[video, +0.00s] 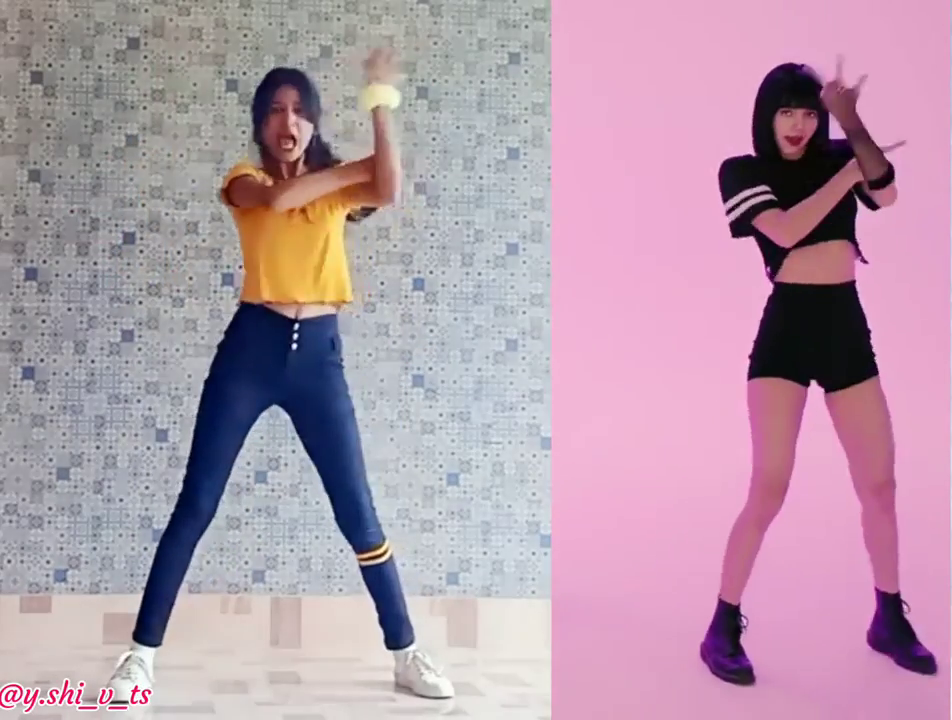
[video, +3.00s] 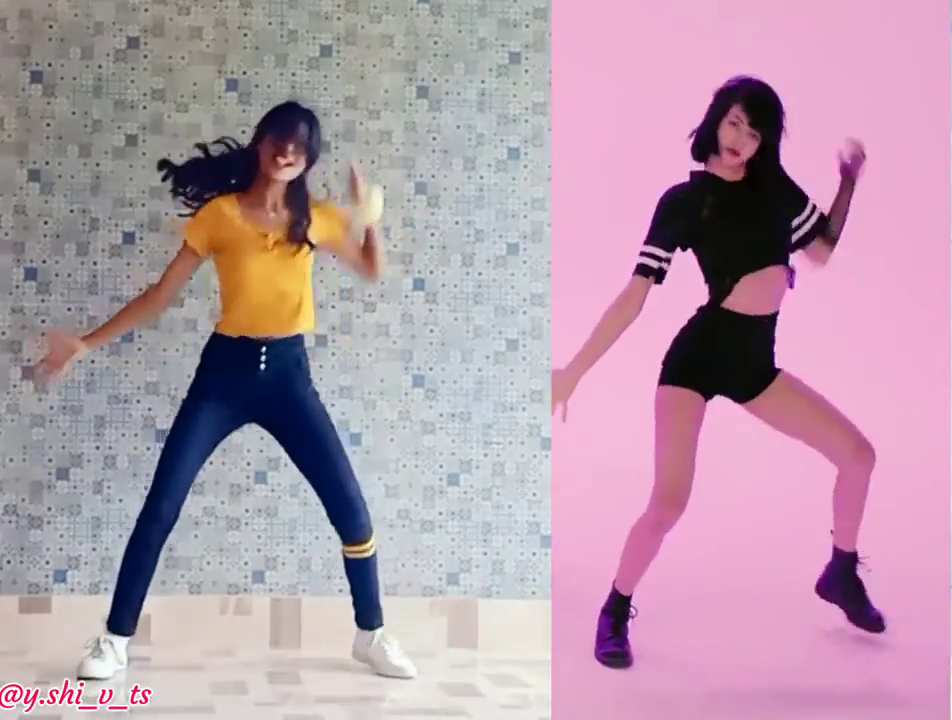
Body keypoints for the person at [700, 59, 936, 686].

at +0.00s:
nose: (797, 123)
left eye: (806, 112)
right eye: (786, 111)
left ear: (820, 118)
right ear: (764, 115)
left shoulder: (839, 158)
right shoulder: (742, 171)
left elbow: (886, 193)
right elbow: (784, 233)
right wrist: (851, 174)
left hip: (847, 334)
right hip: (785, 335)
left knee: (879, 485)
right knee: (767, 493)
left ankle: (890, 619)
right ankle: (723, 629)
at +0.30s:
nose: (806, 121)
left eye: (815, 111)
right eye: (794, 110)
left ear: (825, 118)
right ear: (771, 117)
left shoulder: (847, 169)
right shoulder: (752, 174)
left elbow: (921, 194)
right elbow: (735, 252)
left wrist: (933, 128)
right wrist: (794, 199)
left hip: (814, 336)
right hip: (754, 327)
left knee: (844, 480)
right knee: (713, 467)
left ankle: (845, 603)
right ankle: (662, 598)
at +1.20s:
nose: (722, 172)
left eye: (731, 162)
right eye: (712, 161)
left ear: (741, 165)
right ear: (693, 165)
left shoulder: (757, 208)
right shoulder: (689, 208)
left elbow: (832, 218)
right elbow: (720, 242)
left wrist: (830, 153)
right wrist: (762, 237)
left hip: (743, 367)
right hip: (694, 359)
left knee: (828, 467)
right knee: (648, 483)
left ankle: (810, 582)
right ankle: (595, 585)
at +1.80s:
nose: (707, 176)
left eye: (717, 166)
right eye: (698, 165)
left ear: (727, 169)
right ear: (681, 167)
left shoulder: (747, 209)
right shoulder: (669, 224)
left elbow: (827, 211)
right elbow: (697, 293)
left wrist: (825, 144)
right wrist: (747, 336)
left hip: (727, 367)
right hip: (680, 358)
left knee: (815, 462)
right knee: (640, 476)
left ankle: (805, 583)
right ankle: (589, 584)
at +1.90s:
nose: (704, 174)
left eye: (712, 162)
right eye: (694, 165)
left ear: (724, 165)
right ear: (679, 172)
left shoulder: (753, 210)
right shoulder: (672, 233)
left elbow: (833, 213)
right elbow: (658, 315)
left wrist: (833, 146)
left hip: (734, 372)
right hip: (686, 364)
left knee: (819, 467)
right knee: (645, 482)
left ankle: (813, 590)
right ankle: (596, 591)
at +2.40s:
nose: (772, 227)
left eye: (785, 225)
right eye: (769, 212)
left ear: (792, 236)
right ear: (750, 207)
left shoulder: (786, 280)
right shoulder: (697, 269)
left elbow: (875, 297)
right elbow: (652, 347)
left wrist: (898, 230)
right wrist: (600, 417)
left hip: (786, 409)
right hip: (730, 423)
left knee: (858, 515)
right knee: (668, 496)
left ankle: (850, 610)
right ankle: (642, 626)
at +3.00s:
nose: (738, 136)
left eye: (752, 129)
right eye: (731, 122)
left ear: (766, 140)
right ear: (713, 123)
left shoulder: (778, 192)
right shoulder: (684, 202)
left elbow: (822, 251)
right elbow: (632, 298)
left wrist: (847, 185)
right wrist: (573, 369)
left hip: (755, 363)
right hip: (697, 357)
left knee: (857, 456)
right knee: (669, 503)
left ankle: (841, 570)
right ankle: (615, 612)